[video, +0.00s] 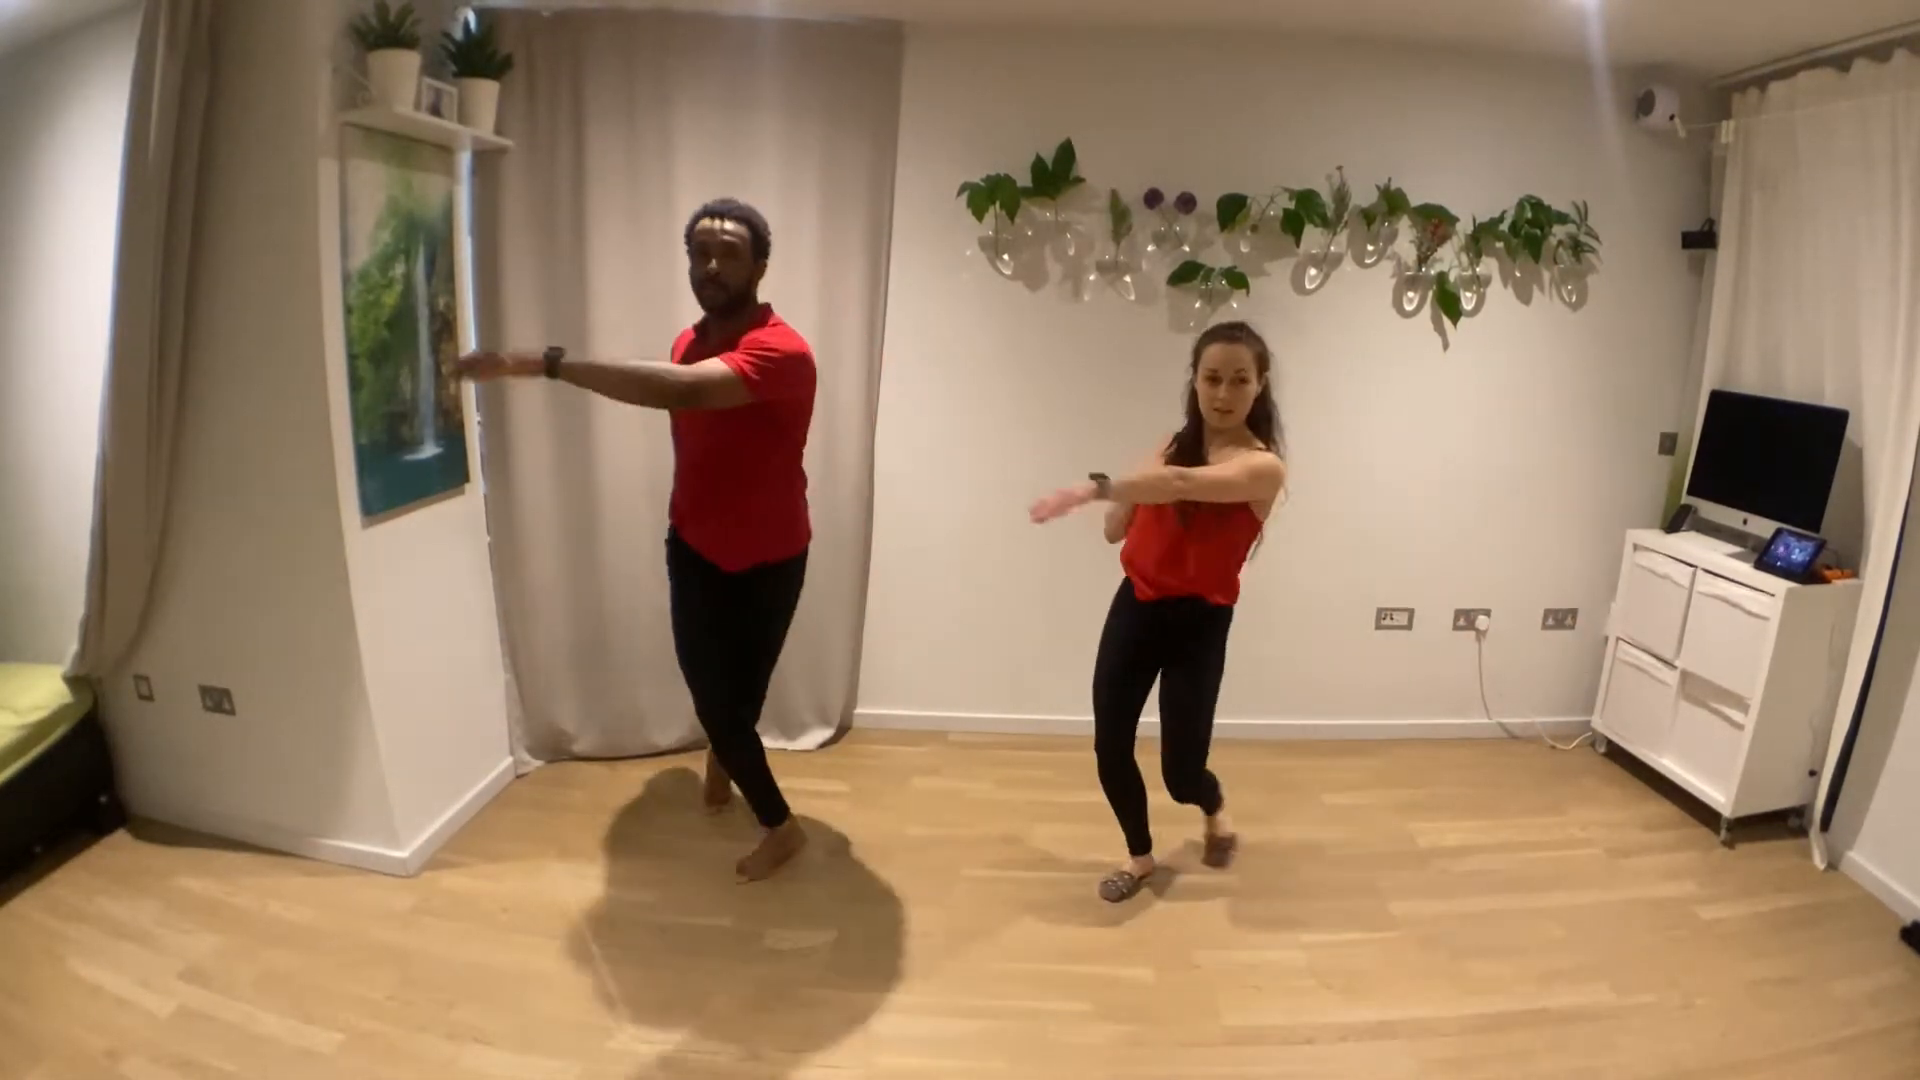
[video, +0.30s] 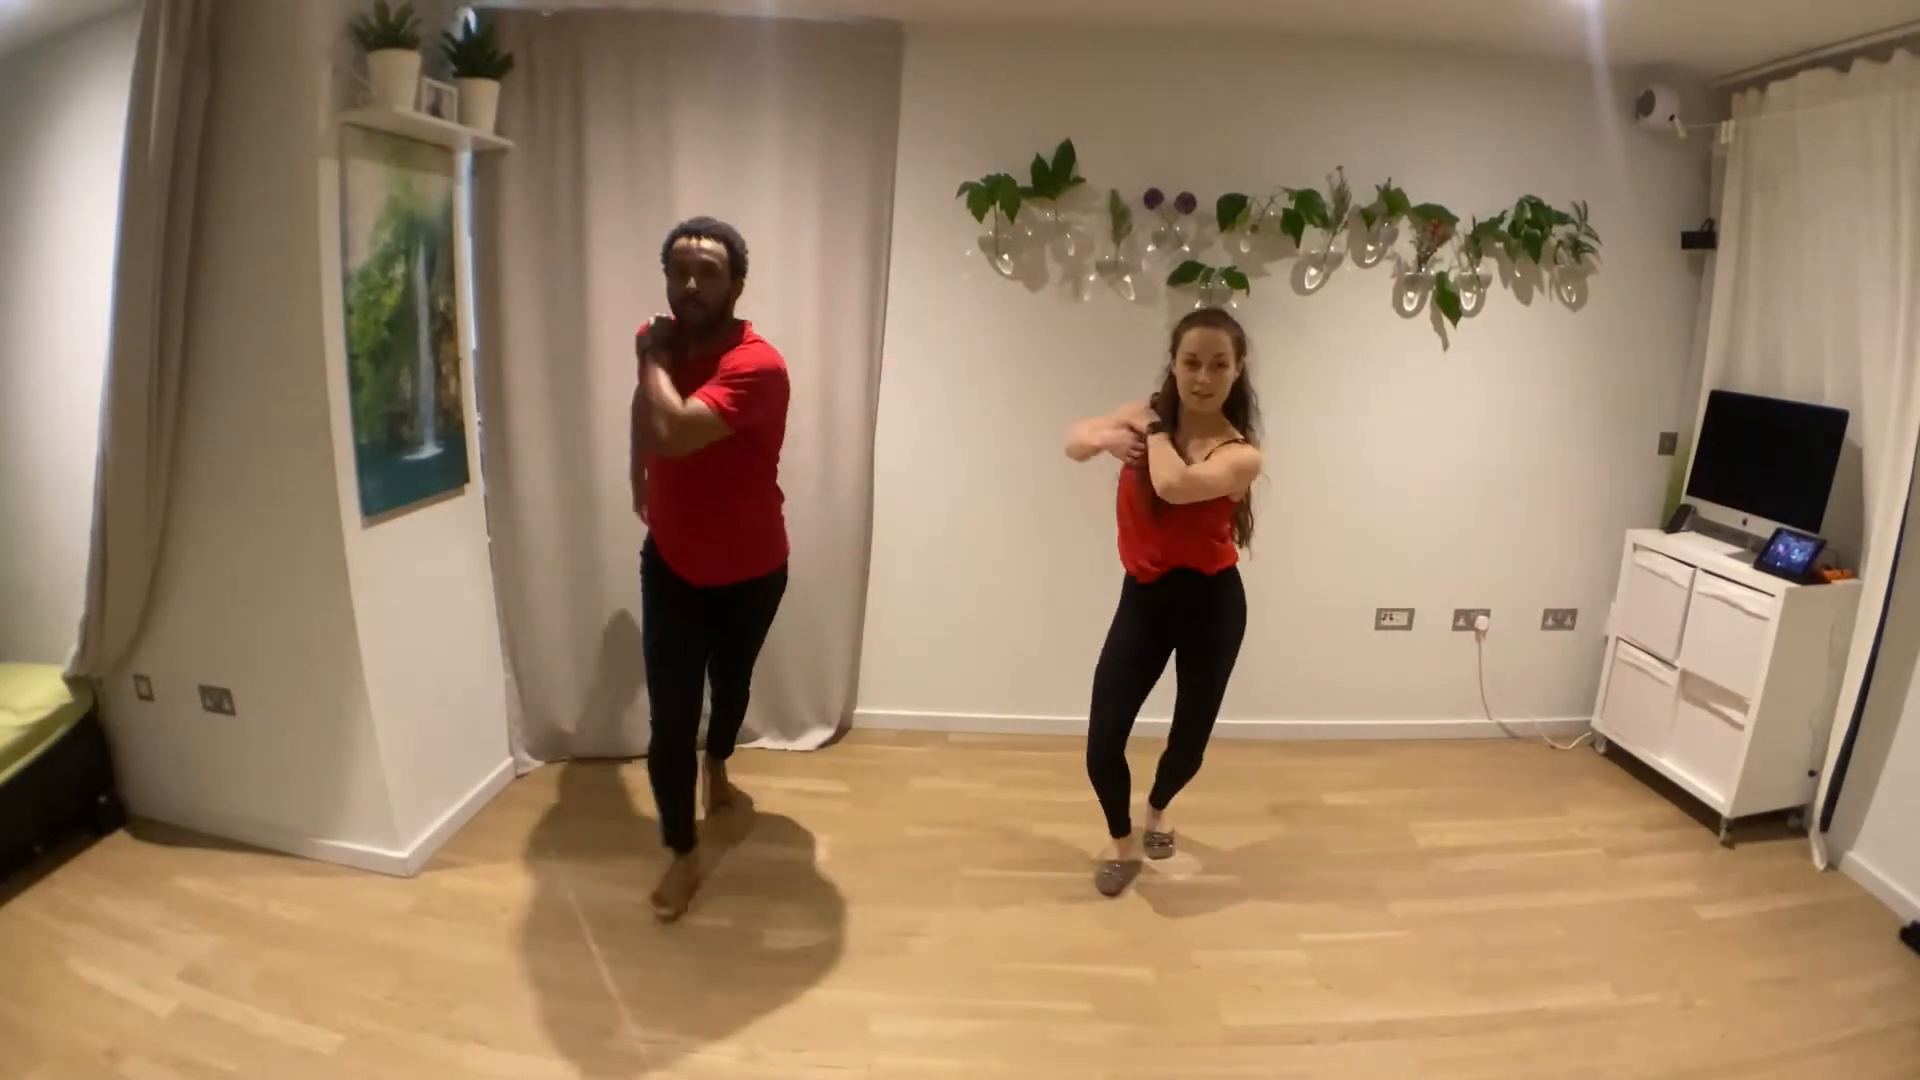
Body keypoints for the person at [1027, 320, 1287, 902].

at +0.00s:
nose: (1223, 394)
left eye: (1239, 381)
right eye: (1212, 379)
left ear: (1260, 387)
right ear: (1195, 382)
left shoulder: (1264, 468)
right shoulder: (1172, 451)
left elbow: (1185, 485)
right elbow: (1115, 531)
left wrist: (1093, 487)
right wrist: (1130, 491)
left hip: (1199, 623)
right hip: (1136, 611)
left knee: (1182, 777)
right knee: (1111, 754)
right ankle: (1141, 859)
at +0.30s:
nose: (1203, 376)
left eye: (1218, 364)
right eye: (1191, 362)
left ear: (1237, 370)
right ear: (1173, 366)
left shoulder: (1242, 456)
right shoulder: (1149, 415)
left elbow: (1174, 485)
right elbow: (1076, 442)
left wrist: (1154, 430)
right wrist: (1105, 436)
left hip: (1213, 605)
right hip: (1146, 601)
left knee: (1190, 743)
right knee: (1103, 746)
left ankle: (1154, 810)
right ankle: (1122, 841)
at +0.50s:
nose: (1206, 375)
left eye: (1218, 364)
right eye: (1192, 362)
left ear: (1229, 375)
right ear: (1165, 370)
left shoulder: (1245, 458)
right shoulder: (1131, 443)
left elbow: (1243, 562)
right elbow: (1074, 479)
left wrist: (1177, 519)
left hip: (1213, 609)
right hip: (1148, 603)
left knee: (1204, 745)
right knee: (1128, 741)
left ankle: (1153, 806)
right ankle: (1090, 832)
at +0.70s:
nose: (1211, 370)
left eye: (1207, 360)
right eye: (1193, 369)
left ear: (1216, 365)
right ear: (1166, 398)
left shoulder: (1261, 423)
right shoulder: (1178, 489)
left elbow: (1292, 479)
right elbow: (1240, 589)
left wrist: (1292, 530)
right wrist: (1317, 645)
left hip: (1242, 601)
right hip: (1183, 607)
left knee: (1305, 719)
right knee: (1152, 742)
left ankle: (1312, 828)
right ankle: (1085, 827)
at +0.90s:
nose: (1285, 369)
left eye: (1278, 362)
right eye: (1269, 370)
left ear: (1281, 386)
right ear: (1251, 407)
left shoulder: (1313, 430)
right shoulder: (1296, 459)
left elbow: (1388, 398)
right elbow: (1383, 398)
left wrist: (1453, 343)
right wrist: (1450, 341)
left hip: (1336, 603)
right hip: (1288, 602)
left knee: (1367, 713)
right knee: (1216, 724)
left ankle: (1388, 821)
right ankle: (1114, 819)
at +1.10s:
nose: (1364, 361)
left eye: (1358, 354)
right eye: (1349, 360)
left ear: (1361, 376)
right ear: (1329, 392)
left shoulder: (1385, 430)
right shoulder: (1358, 438)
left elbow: (1393, 338)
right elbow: (1391, 336)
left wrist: (1425, 266)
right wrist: (1418, 260)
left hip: (1406, 600)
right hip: (1363, 596)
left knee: (1410, 712)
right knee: (1327, 733)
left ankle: (1390, 820)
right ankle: (1229, 820)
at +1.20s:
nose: (1395, 358)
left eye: (1391, 352)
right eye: (1380, 356)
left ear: (1390, 377)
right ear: (1358, 386)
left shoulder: (1412, 434)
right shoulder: (1371, 438)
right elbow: (1376, 337)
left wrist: (1410, 265)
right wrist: (1393, 258)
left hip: (1430, 599)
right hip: (1387, 595)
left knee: (1427, 715)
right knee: (1384, 730)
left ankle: (1391, 818)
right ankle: (1300, 801)